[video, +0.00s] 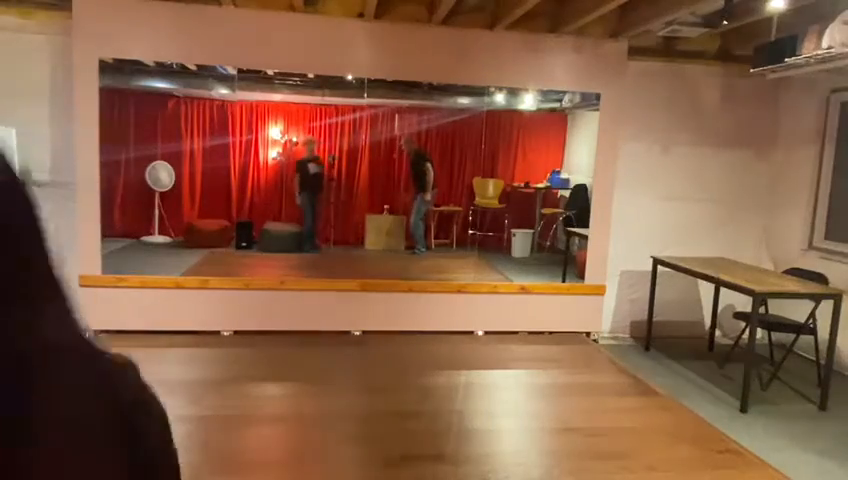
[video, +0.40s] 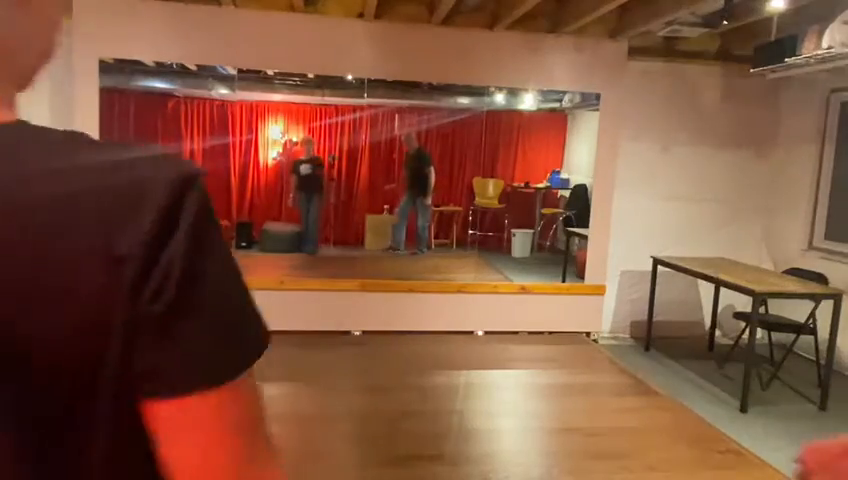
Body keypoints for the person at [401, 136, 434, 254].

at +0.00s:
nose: (404, 148)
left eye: (405, 145)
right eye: (403, 145)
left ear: (412, 144)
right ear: (408, 146)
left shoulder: (420, 156)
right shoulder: (414, 158)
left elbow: (429, 172)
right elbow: (419, 175)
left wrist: (428, 191)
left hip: (424, 193)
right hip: (420, 192)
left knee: (416, 219)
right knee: (417, 219)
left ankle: (420, 246)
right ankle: (420, 245)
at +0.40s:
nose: (408, 144)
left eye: (409, 141)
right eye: (406, 142)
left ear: (415, 141)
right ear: (405, 143)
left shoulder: (423, 155)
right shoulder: (408, 156)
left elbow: (431, 174)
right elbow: (406, 176)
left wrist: (429, 195)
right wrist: (397, 188)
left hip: (422, 192)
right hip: (411, 191)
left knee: (422, 220)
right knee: (401, 215)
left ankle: (422, 246)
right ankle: (397, 244)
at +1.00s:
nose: (397, 137)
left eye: (400, 133)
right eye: (395, 133)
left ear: (405, 133)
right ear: (392, 134)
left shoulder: (412, 149)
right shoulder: (390, 150)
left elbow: (420, 171)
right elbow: (386, 170)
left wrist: (412, 191)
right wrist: (380, 183)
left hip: (405, 190)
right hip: (392, 189)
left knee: (398, 219)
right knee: (392, 220)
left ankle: (400, 249)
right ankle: (394, 250)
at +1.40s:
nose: (390, 133)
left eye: (393, 130)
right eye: (388, 130)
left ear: (397, 133)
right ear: (384, 132)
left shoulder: (402, 149)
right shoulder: (380, 150)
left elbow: (411, 173)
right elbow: (373, 169)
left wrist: (412, 195)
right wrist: (364, 178)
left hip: (395, 192)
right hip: (380, 191)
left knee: (385, 223)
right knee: (378, 222)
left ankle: (380, 257)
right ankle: (388, 252)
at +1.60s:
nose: (384, 133)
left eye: (387, 129)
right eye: (383, 129)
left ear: (392, 131)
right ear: (380, 130)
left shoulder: (398, 148)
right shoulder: (376, 148)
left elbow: (406, 172)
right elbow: (369, 170)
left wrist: (402, 192)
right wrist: (354, 178)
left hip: (391, 193)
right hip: (375, 192)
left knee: (383, 226)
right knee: (368, 223)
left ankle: (383, 251)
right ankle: (371, 249)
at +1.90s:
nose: (374, 134)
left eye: (377, 130)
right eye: (372, 130)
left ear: (383, 131)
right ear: (369, 132)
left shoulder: (390, 150)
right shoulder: (365, 150)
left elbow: (395, 175)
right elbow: (358, 171)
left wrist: (382, 191)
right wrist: (342, 181)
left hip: (384, 195)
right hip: (368, 194)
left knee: (382, 230)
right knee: (362, 228)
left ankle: (379, 260)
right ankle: (352, 260)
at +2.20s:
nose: (358, 132)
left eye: (361, 127)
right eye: (356, 128)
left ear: (368, 127)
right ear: (354, 130)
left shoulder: (379, 147)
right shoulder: (355, 150)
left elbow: (381, 173)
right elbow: (352, 175)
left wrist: (360, 188)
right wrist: (336, 184)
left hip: (375, 196)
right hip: (358, 195)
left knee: (375, 231)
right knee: (357, 231)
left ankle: (376, 262)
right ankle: (355, 266)